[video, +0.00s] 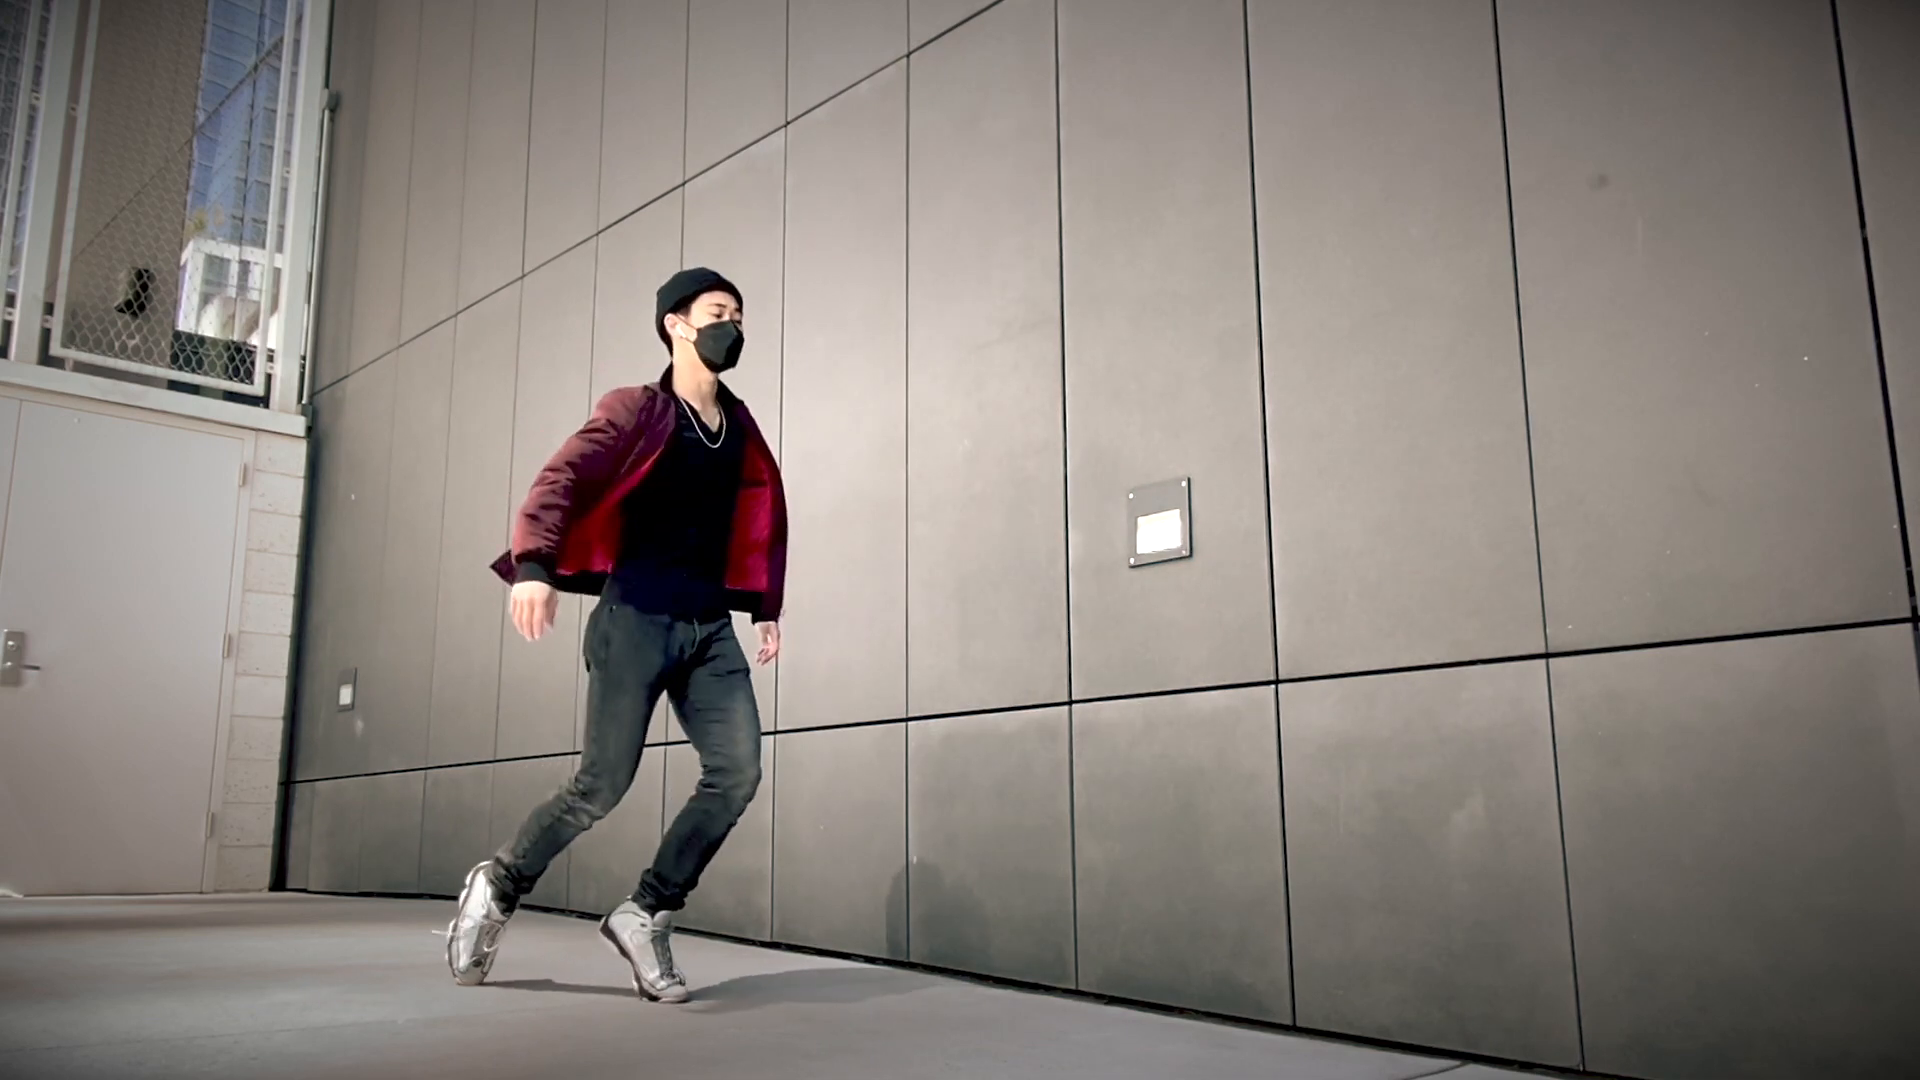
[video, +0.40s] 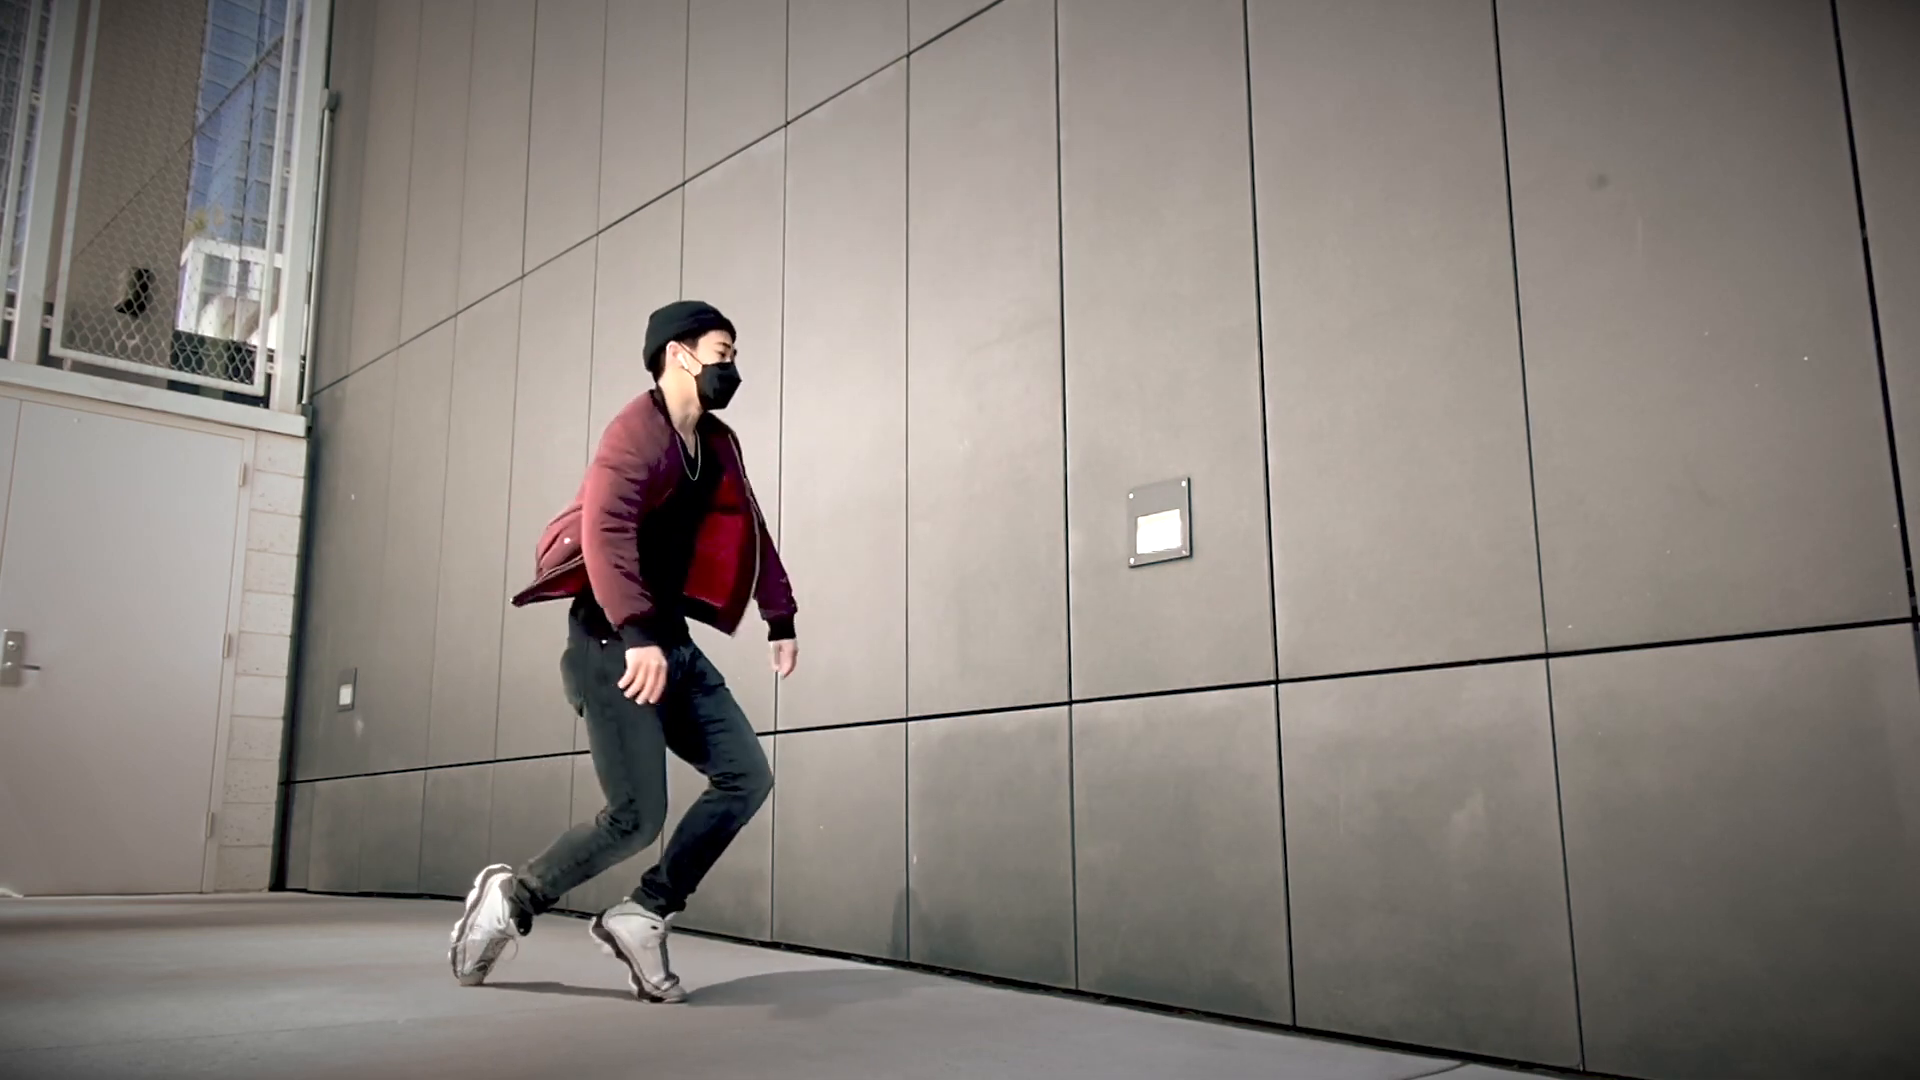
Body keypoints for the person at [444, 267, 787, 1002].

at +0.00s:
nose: (732, 324)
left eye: (737, 315)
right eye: (715, 313)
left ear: (738, 333)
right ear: (674, 327)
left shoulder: (738, 424)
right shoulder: (636, 409)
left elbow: (765, 514)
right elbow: (561, 477)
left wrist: (767, 605)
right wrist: (532, 568)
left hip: (708, 628)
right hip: (633, 620)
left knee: (735, 776)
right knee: (601, 785)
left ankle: (644, 916)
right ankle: (495, 888)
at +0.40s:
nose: (733, 361)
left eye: (734, 353)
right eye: (720, 349)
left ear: (704, 362)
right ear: (674, 355)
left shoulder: (719, 443)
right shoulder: (637, 429)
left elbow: (750, 528)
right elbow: (604, 530)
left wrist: (781, 616)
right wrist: (636, 633)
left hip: (670, 636)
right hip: (608, 637)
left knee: (746, 779)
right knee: (634, 817)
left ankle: (643, 918)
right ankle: (508, 899)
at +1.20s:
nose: (604, 309)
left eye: (614, 302)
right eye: (587, 298)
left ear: (623, 317)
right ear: (550, 310)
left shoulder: (641, 402)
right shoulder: (503, 387)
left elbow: (644, 493)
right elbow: (525, 494)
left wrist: (647, 577)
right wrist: (623, 563)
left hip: (572, 602)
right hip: (487, 595)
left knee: (560, 769)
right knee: (474, 765)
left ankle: (556, 941)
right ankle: (437, 908)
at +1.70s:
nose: (472, 283)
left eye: (483, 268)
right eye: (468, 272)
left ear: (534, 269)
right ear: (502, 278)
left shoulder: (560, 347)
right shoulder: (485, 369)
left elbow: (495, 441)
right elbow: (451, 455)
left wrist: (395, 454)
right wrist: (396, 511)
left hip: (557, 585)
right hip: (526, 585)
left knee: (463, 749)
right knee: (521, 749)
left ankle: (492, 928)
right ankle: (563, 910)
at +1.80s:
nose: (469, 283)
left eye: (480, 268)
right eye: (466, 272)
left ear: (531, 268)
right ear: (511, 274)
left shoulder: (549, 341)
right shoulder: (496, 364)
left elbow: (499, 441)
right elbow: (447, 462)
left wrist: (425, 441)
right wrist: (363, 507)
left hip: (550, 588)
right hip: (549, 587)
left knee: (441, 747)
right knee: (545, 765)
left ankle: (477, 924)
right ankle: (612, 916)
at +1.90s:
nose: (471, 288)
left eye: (482, 273)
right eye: (469, 277)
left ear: (531, 271)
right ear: (516, 281)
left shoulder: (549, 340)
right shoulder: (497, 366)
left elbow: (512, 441)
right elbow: (443, 464)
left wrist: (447, 444)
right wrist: (355, 498)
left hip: (550, 592)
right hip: (565, 592)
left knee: (425, 747)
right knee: (565, 773)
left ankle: (474, 921)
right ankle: (654, 918)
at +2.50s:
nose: (636, 271)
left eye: (652, 260)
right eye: (621, 259)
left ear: (677, 274)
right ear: (601, 272)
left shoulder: (713, 342)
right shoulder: (578, 367)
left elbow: (810, 404)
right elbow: (475, 424)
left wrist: (866, 492)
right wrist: (564, 390)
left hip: (673, 570)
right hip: (622, 574)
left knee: (594, 750)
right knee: (593, 756)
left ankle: (572, 946)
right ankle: (666, 920)